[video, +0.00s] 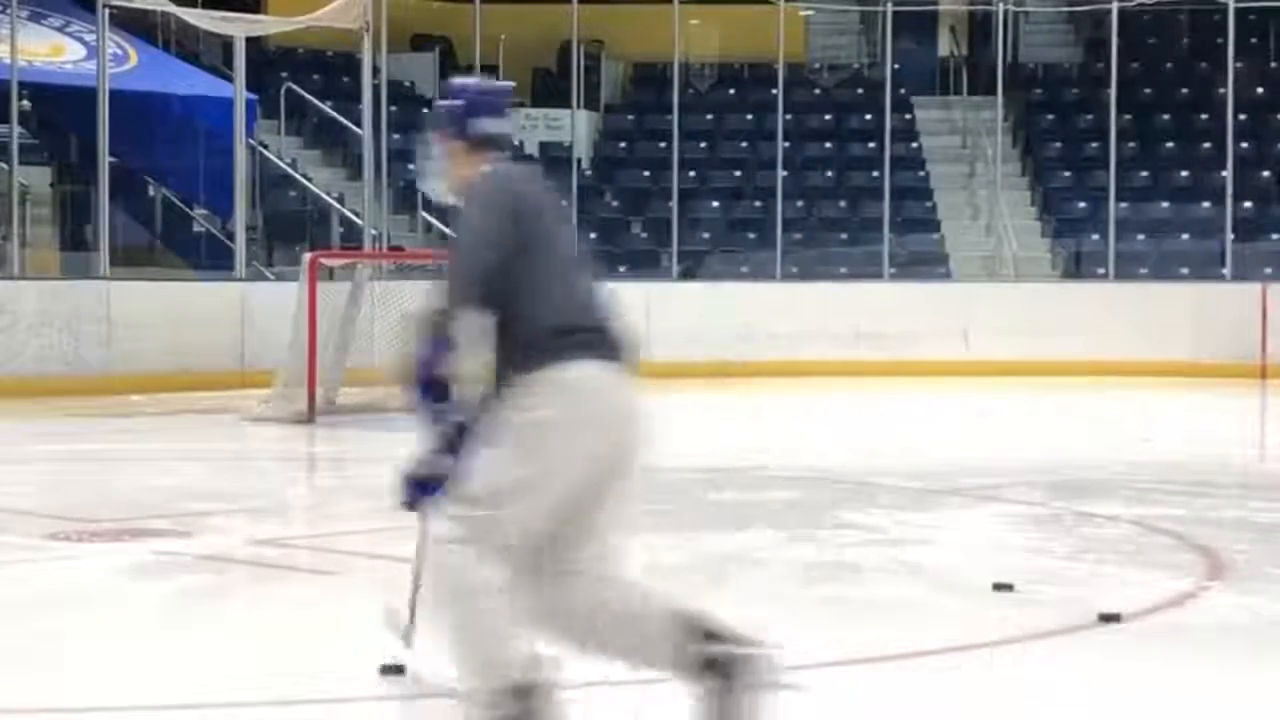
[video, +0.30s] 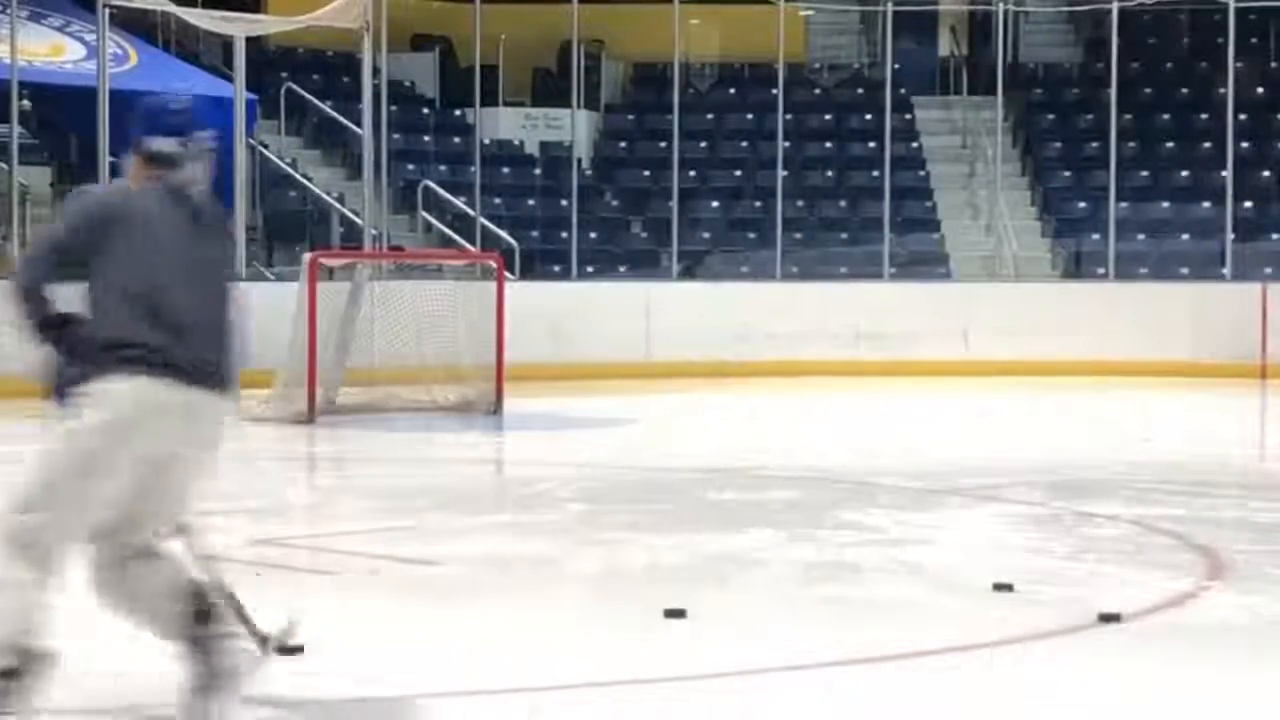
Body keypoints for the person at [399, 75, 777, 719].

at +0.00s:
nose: (443, 160)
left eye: (446, 145)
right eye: (442, 146)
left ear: (466, 141)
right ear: (498, 138)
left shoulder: (494, 189)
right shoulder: (534, 194)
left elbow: (469, 316)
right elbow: (512, 355)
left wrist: (456, 414)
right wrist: (448, 449)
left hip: (560, 392)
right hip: (612, 397)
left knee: (466, 532)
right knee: (550, 580)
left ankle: (509, 691)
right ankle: (710, 654)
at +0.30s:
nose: (131, 173)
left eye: (134, 164)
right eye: (141, 164)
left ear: (139, 162)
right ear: (189, 166)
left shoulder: (114, 203)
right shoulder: (212, 226)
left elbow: (30, 272)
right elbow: (199, 330)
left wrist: (55, 329)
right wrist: (99, 344)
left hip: (127, 396)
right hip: (203, 409)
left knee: (29, 528)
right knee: (122, 553)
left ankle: (16, 656)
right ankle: (199, 620)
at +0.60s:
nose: (87, 184)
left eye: (87, 170)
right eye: (82, 170)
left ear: (29, 165)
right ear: (62, 172)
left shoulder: (19, 226)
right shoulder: (46, 245)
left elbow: (38, 341)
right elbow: (52, 347)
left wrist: (53, 408)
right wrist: (66, 419)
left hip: (10, 387)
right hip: (4, 391)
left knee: (11, 492)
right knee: (10, 490)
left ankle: (8, 618)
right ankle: (5, 620)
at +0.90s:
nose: (109, 205)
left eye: (111, 194)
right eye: (108, 193)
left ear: (57, 179)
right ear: (89, 191)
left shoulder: (12, 206)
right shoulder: (54, 249)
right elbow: (73, 347)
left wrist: (12, 342)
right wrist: (110, 415)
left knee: (16, 442)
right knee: (16, 444)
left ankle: (20, 556)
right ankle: (21, 558)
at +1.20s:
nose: (146, 214)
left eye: (148, 203)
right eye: (146, 203)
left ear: (100, 189)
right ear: (133, 202)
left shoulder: (37, 207)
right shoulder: (102, 258)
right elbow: (72, 327)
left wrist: (66, 371)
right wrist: (69, 378)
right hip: (20, 345)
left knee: (22, 450)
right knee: (26, 452)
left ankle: (42, 519)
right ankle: (44, 521)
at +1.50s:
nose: (208, 217)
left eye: (209, 208)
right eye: (206, 208)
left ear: (164, 198)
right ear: (196, 208)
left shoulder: (124, 224)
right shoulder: (199, 257)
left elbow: (71, 252)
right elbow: (174, 316)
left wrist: (54, 292)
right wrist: (168, 350)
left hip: (74, 339)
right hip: (122, 356)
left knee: (81, 431)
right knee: (127, 459)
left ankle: (65, 507)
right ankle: (93, 520)